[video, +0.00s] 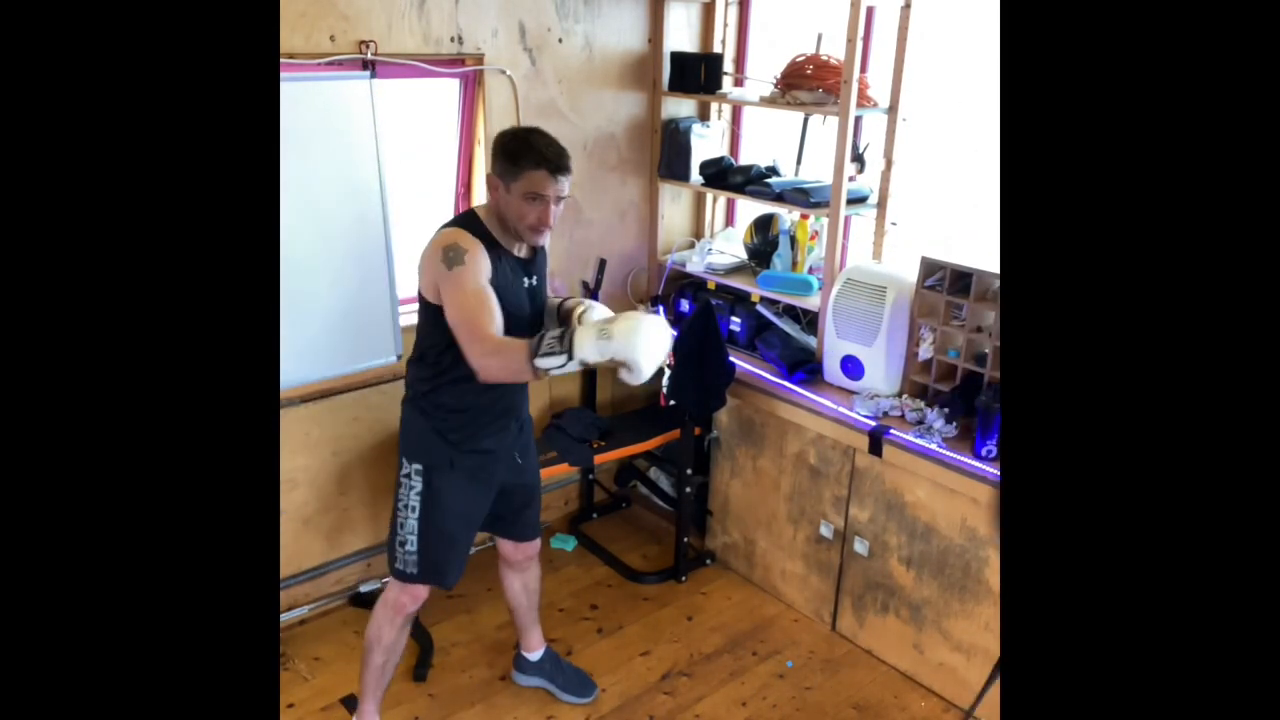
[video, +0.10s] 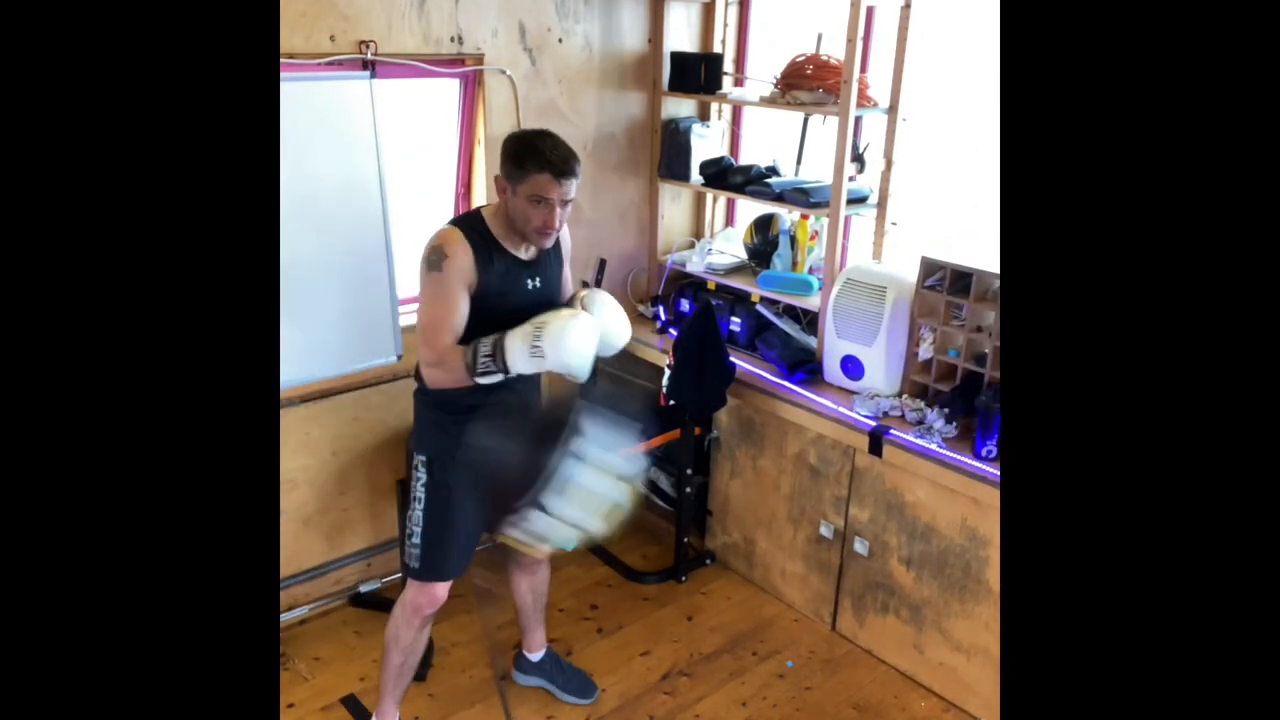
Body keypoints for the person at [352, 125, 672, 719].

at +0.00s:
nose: (548, 216)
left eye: (557, 201)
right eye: (534, 199)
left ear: (564, 196)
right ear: (494, 188)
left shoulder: (532, 243)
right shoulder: (457, 250)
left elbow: (532, 312)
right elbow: (488, 360)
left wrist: (575, 314)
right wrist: (571, 349)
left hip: (509, 427)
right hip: (444, 439)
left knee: (522, 549)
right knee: (409, 589)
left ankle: (534, 655)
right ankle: (366, 710)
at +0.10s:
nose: (555, 219)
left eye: (565, 204)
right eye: (541, 202)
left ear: (573, 195)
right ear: (503, 190)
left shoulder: (555, 235)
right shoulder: (454, 249)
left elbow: (557, 311)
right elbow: (435, 370)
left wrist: (586, 316)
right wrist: (521, 348)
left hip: (521, 420)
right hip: (452, 428)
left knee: (533, 545)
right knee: (429, 591)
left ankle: (535, 656)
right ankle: (385, 712)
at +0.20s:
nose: (545, 223)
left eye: (555, 206)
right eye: (530, 206)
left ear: (565, 198)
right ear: (493, 194)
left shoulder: (562, 235)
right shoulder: (440, 248)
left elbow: (579, 336)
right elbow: (414, 358)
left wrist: (581, 315)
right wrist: (481, 328)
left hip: (529, 432)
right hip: (454, 439)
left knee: (537, 553)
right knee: (431, 591)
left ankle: (535, 656)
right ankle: (390, 712)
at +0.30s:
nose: (537, 221)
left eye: (545, 204)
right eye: (521, 204)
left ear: (554, 196)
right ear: (480, 195)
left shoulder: (557, 240)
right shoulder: (430, 248)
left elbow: (583, 340)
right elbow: (404, 359)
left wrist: (573, 307)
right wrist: (457, 321)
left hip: (527, 430)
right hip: (449, 433)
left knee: (535, 555)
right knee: (419, 592)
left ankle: (536, 655)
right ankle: (378, 712)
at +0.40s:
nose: (527, 238)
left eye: (535, 223)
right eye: (513, 223)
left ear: (543, 212)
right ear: (471, 209)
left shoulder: (543, 245)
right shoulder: (412, 255)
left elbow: (564, 352)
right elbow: (394, 372)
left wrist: (558, 321)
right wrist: (449, 325)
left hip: (512, 438)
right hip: (435, 447)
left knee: (531, 556)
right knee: (397, 597)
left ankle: (535, 657)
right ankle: (350, 713)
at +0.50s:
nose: (512, 256)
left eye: (520, 239)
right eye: (496, 241)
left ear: (528, 226)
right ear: (455, 226)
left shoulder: (518, 257)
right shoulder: (390, 268)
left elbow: (542, 363)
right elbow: (376, 388)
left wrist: (539, 334)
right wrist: (431, 348)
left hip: (491, 449)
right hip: (413, 461)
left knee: (521, 562)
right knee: (369, 609)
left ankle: (534, 658)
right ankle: (329, 713)